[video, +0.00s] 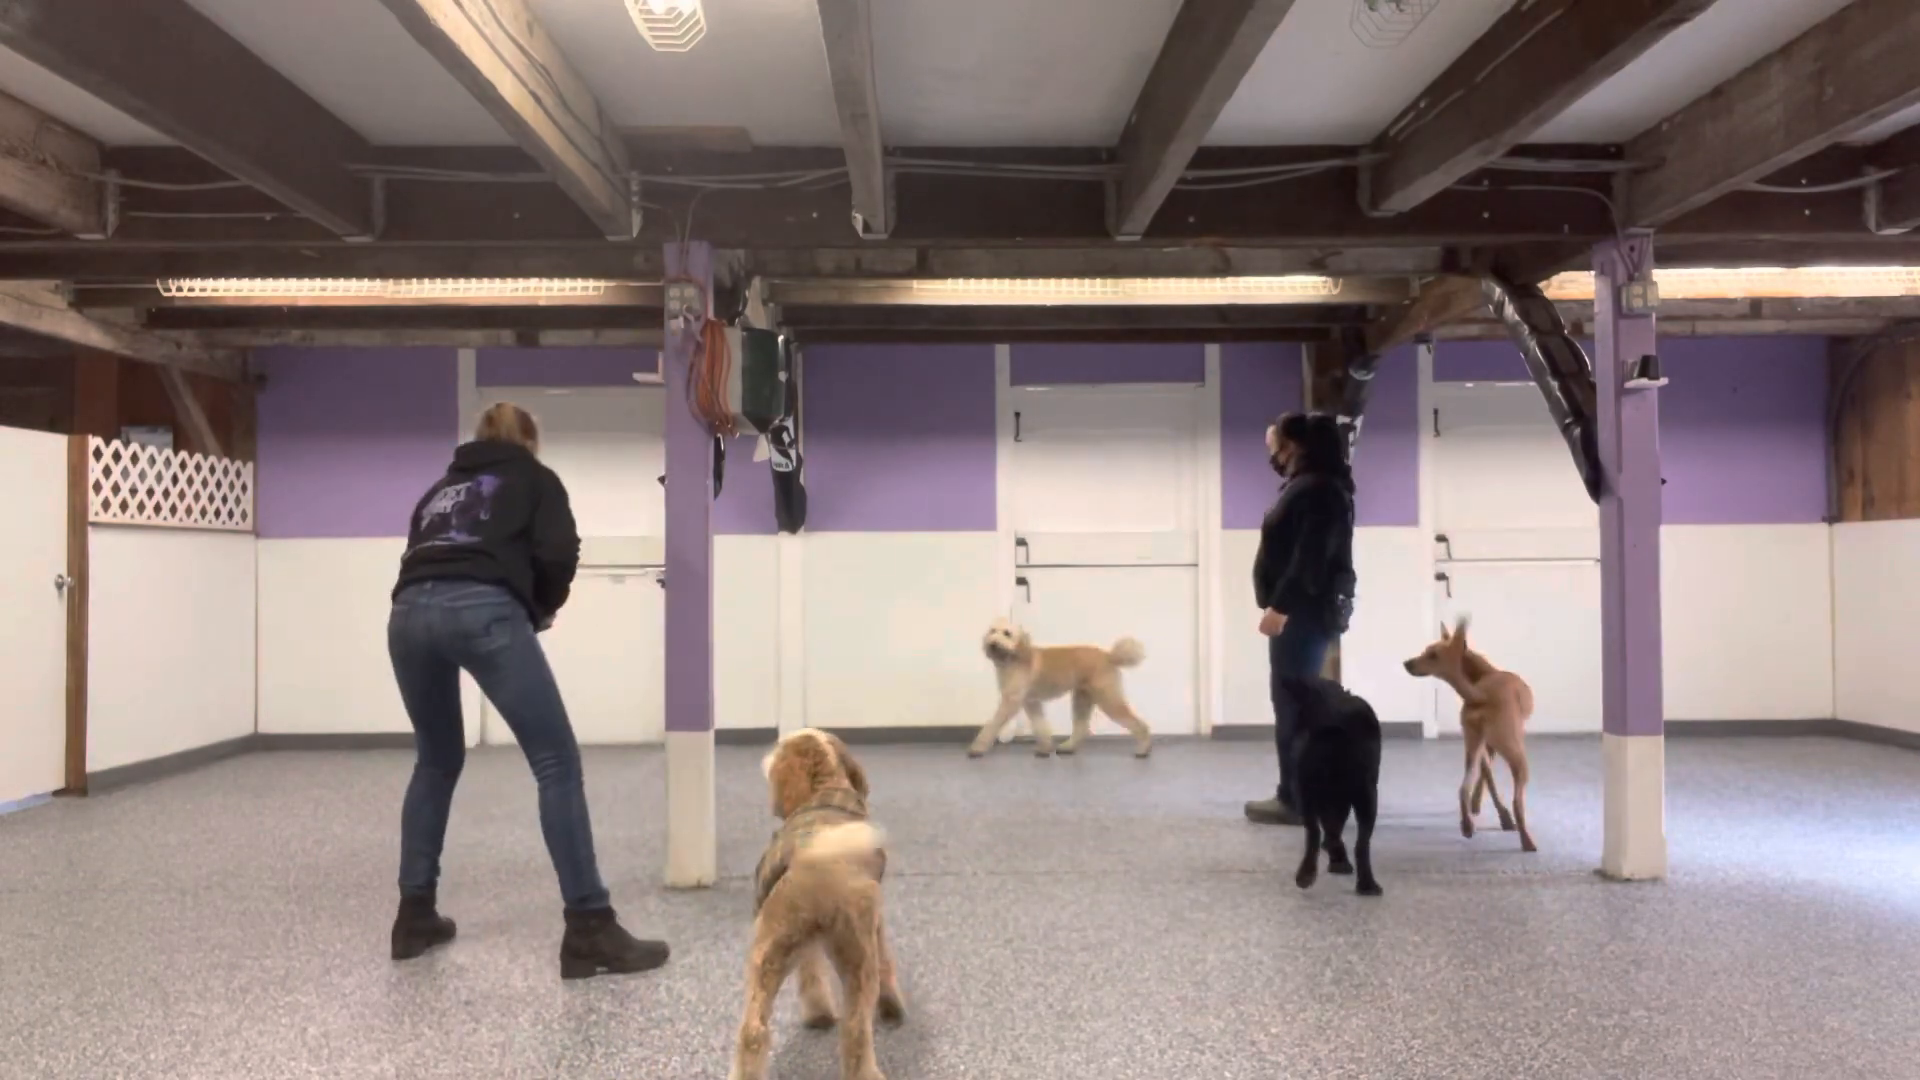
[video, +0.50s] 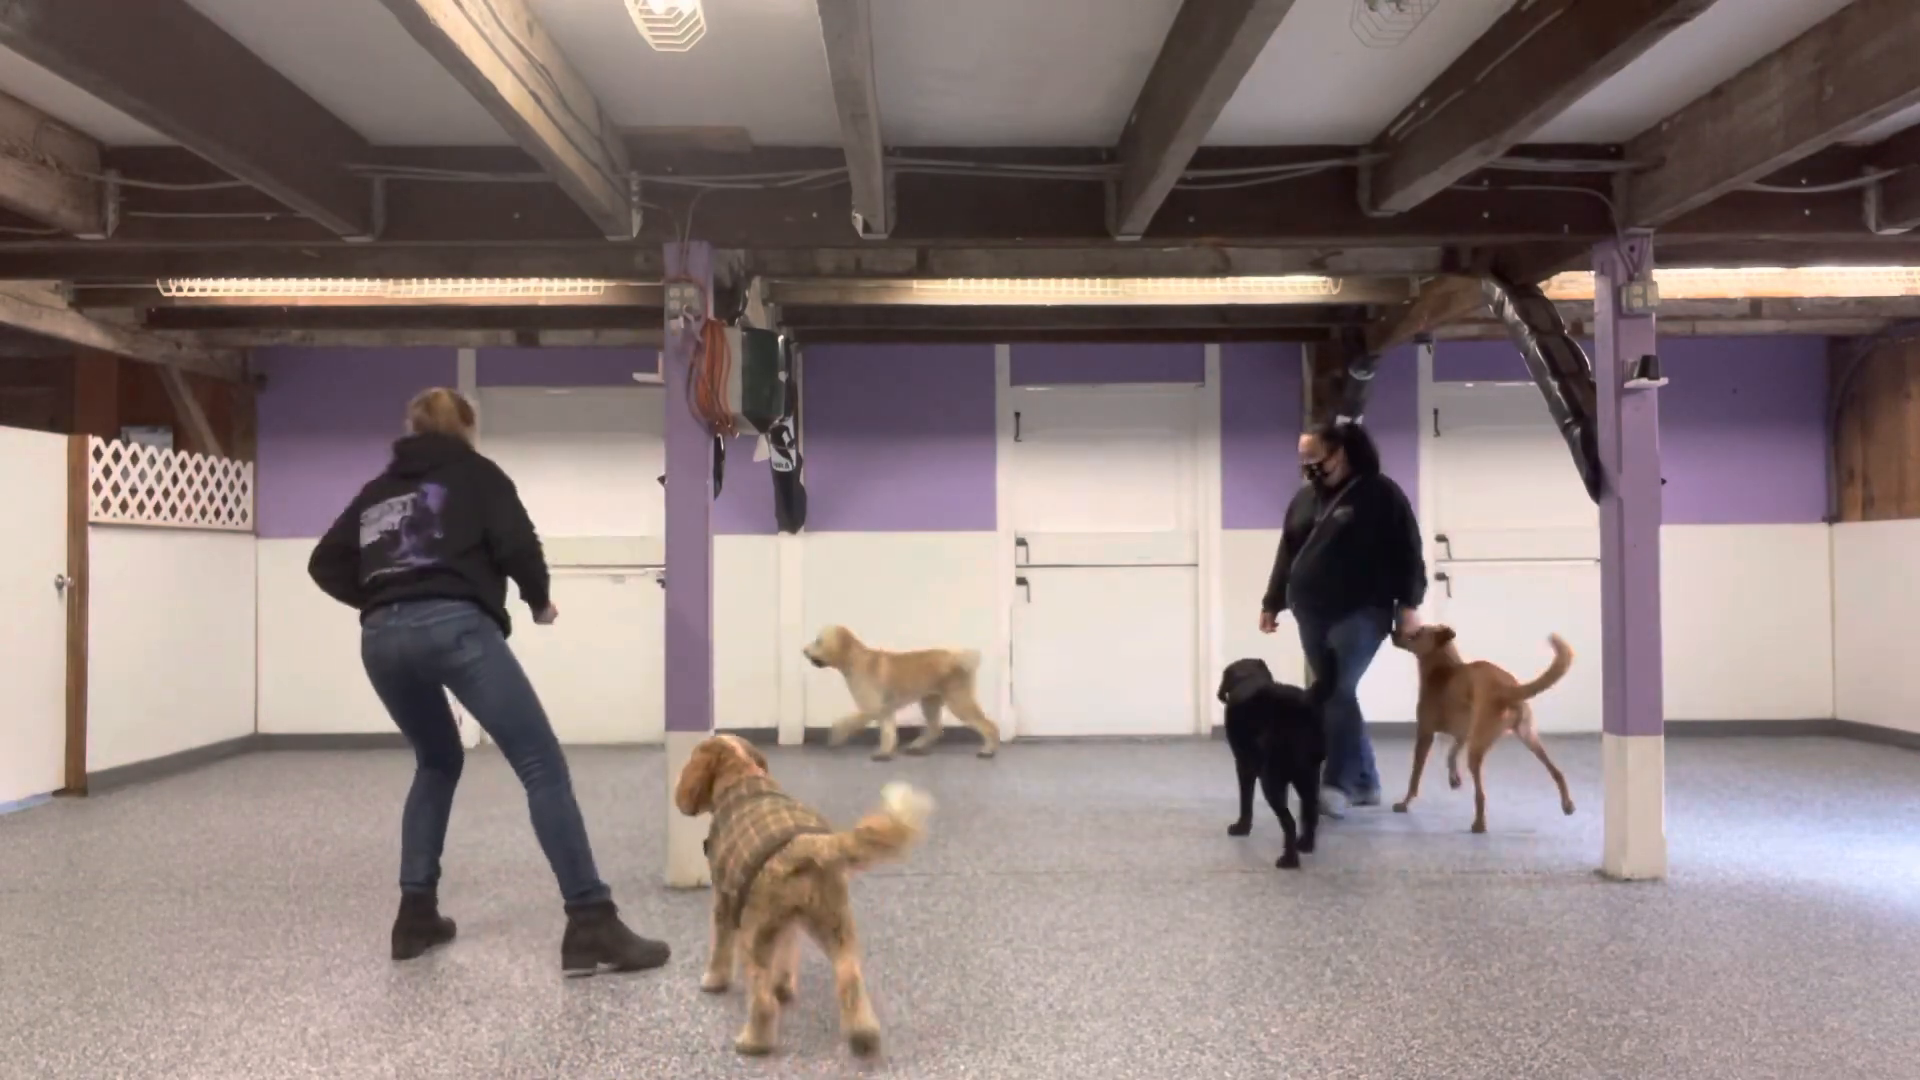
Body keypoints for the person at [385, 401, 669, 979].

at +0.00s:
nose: (537, 449)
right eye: (535, 440)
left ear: (480, 437)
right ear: (529, 441)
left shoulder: (442, 484)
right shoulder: (537, 477)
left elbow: (421, 555)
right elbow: (558, 550)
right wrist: (541, 609)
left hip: (411, 612)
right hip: (486, 609)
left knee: (436, 759)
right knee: (556, 763)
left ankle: (414, 915)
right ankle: (590, 926)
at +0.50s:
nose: (475, 437)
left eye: (470, 427)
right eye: (472, 428)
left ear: (412, 431)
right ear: (466, 428)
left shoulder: (375, 489)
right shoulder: (478, 473)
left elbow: (325, 562)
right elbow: (518, 542)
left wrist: (378, 597)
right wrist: (539, 598)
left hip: (382, 635)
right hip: (455, 621)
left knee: (437, 760)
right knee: (540, 765)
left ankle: (415, 915)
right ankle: (591, 920)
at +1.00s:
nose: (406, 395)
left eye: (404, 385)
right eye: (403, 385)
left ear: (340, 382)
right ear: (390, 386)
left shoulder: (304, 446)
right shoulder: (387, 442)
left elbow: (286, 535)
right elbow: (426, 522)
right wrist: (463, 569)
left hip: (301, 621)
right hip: (360, 622)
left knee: (392, 765)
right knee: (383, 773)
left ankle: (413, 911)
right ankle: (267, 911)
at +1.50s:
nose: (332, 409)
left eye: (332, 398)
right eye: (330, 397)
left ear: (270, 389)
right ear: (313, 394)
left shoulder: (234, 441)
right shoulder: (301, 440)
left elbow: (179, 524)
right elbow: (300, 522)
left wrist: (225, 572)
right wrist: (351, 591)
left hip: (207, 616)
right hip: (262, 619)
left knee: (255, 756)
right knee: (288, 776)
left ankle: (203, 893)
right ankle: (232, 932)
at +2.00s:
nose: (275, 483)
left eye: (276, 475)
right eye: (274, 475)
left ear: (222, 463)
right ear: (265, 469)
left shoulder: (192, 493)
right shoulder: (257, 489)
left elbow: (200, 573)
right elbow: (248, 539)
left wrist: (244, 640)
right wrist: (269, 606)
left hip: (121, 606)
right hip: (187, 601)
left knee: (171, 747)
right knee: (220, 752)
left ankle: (164, 893)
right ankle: (211, 910)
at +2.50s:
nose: (268, 526)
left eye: (269, 520)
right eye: (268, 517)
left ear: (228, 494)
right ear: (259, 502)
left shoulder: (199, 530)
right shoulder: (243, 504)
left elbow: (223, 625)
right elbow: (232, 525)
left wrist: (270, 681)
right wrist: (246, 591)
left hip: (107, 611)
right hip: (165, 594)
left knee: (173, 748)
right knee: (197, 749)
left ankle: (164, 895)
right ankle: (197, 901)